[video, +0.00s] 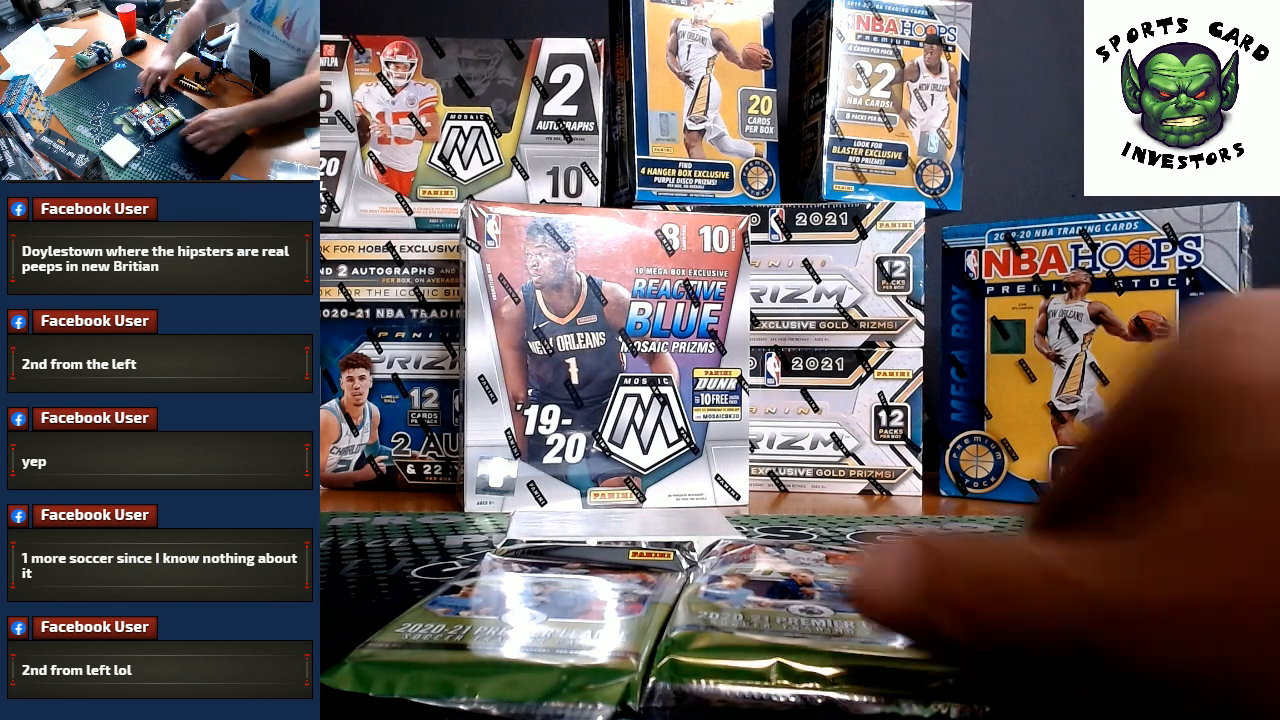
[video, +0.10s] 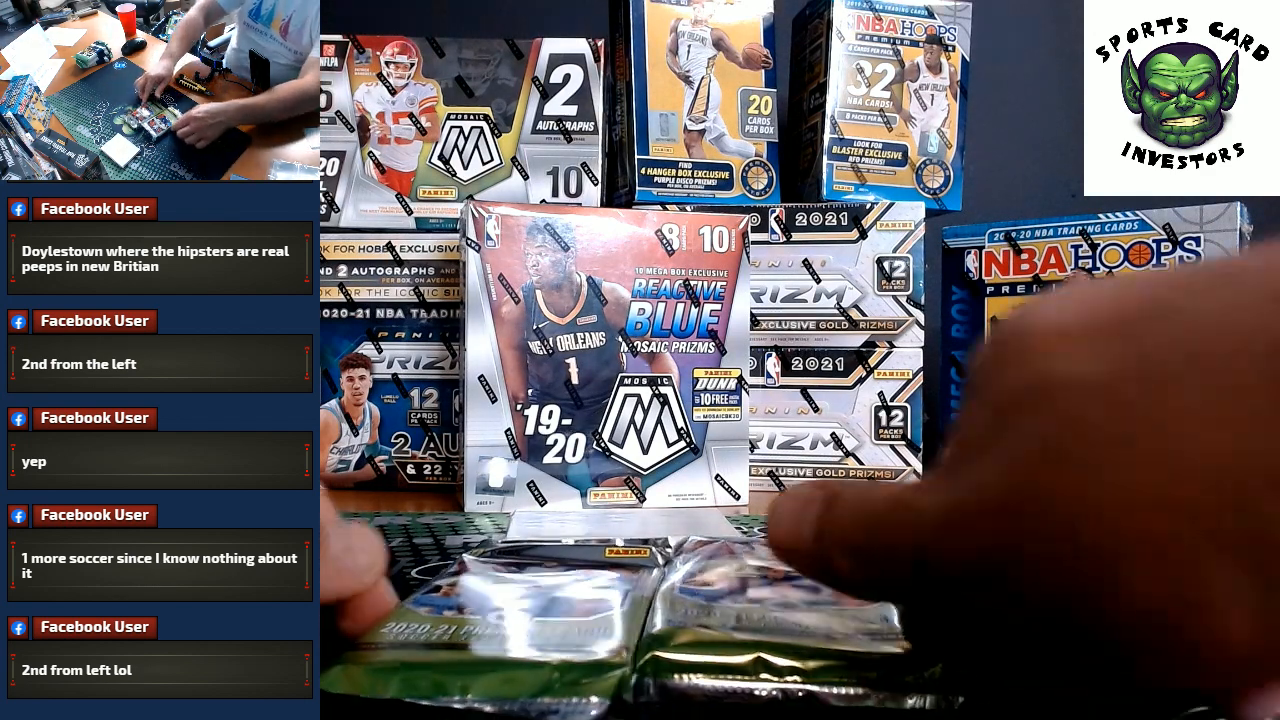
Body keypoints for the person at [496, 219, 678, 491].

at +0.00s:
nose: (533, 264)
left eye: (542, 254)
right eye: (529, 255)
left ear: (569, 255)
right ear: (525, 258)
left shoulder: (611, 299)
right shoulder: (514, 313)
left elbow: (658, 357)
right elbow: (517, 400)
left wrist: (664, 414)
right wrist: (522, 462)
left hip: (610, 424)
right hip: (549, 428)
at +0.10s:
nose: (533, 264)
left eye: (542, 254)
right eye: (529, 255)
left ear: (569, 256)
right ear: (525, 259)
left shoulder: (611, 299)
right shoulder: (514, 313)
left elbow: (657, 357)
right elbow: (517, 400)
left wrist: (664, 412)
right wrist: (521, 464)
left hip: (610, 421)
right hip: (549, 426)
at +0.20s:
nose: (533, 263)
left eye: (542, 254)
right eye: (529, 255)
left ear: (569, 256)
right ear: (524, 258)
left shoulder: (612, 299)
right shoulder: (513, 313)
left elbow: (657, 357)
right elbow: (517, 400)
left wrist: (664, 412)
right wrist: (522, 463)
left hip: (610, 424)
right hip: (549, 428)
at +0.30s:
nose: (533, 264)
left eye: (542, 254)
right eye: (529, 255)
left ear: (569, 255)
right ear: (525, 258)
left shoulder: (611, 299)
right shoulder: (515, 312)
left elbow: (657, 356)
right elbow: (517, 401)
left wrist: (665, 414)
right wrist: (520, 466)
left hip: (609, 424)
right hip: (548, 427)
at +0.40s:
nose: (533, 264)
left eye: (542, 255)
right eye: (529, 255)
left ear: (569, 256)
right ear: (524, 258)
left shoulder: (611, 299)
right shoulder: (514, 313)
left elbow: (657, 357)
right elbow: (517, 401)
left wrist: (666, 415)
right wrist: (520, 465)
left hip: (609, 424)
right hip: (549, 428)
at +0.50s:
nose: (533, 264)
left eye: (542, 255)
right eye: (530, 255)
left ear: (569, 257)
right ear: (525, 258)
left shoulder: (611, 299)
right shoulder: (514, 312)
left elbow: (657, 356)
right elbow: (517, 400)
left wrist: (666, 412)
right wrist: (521, 465)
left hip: (609, 423)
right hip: (549, 428)